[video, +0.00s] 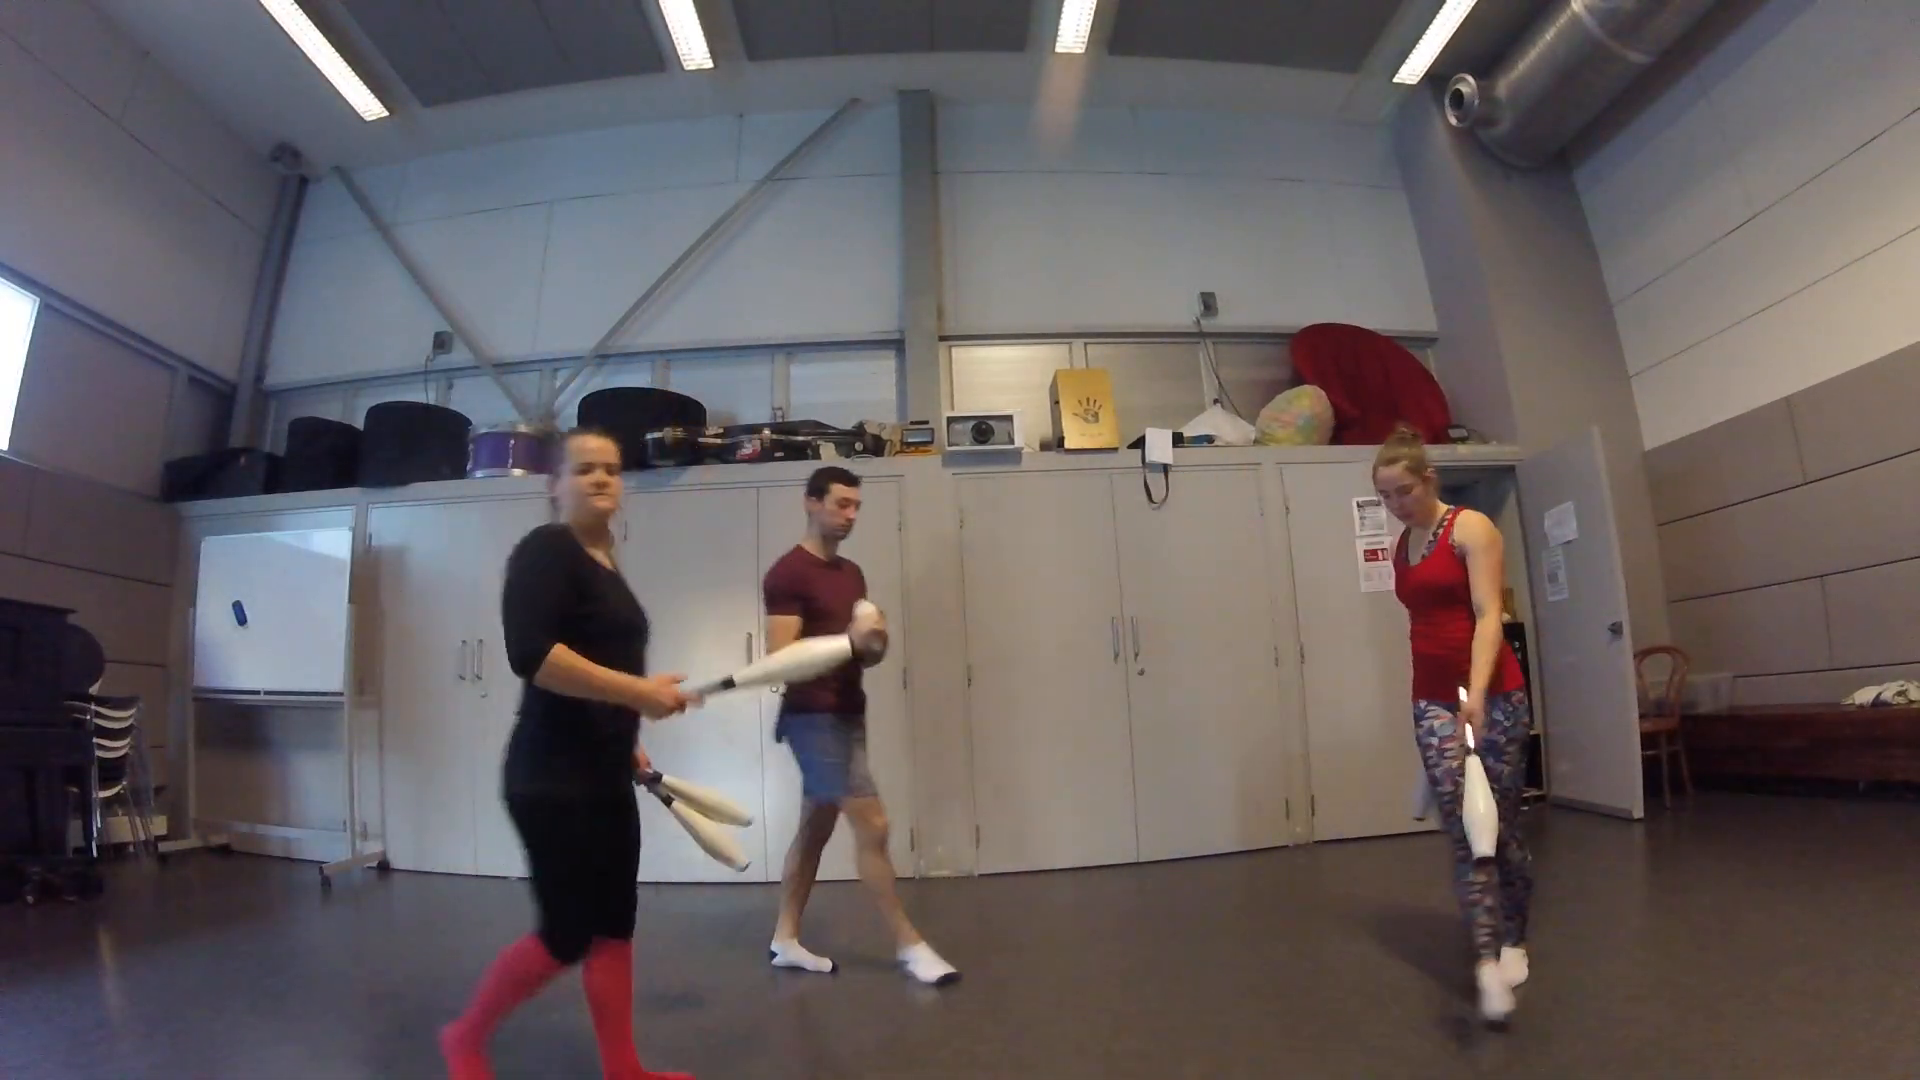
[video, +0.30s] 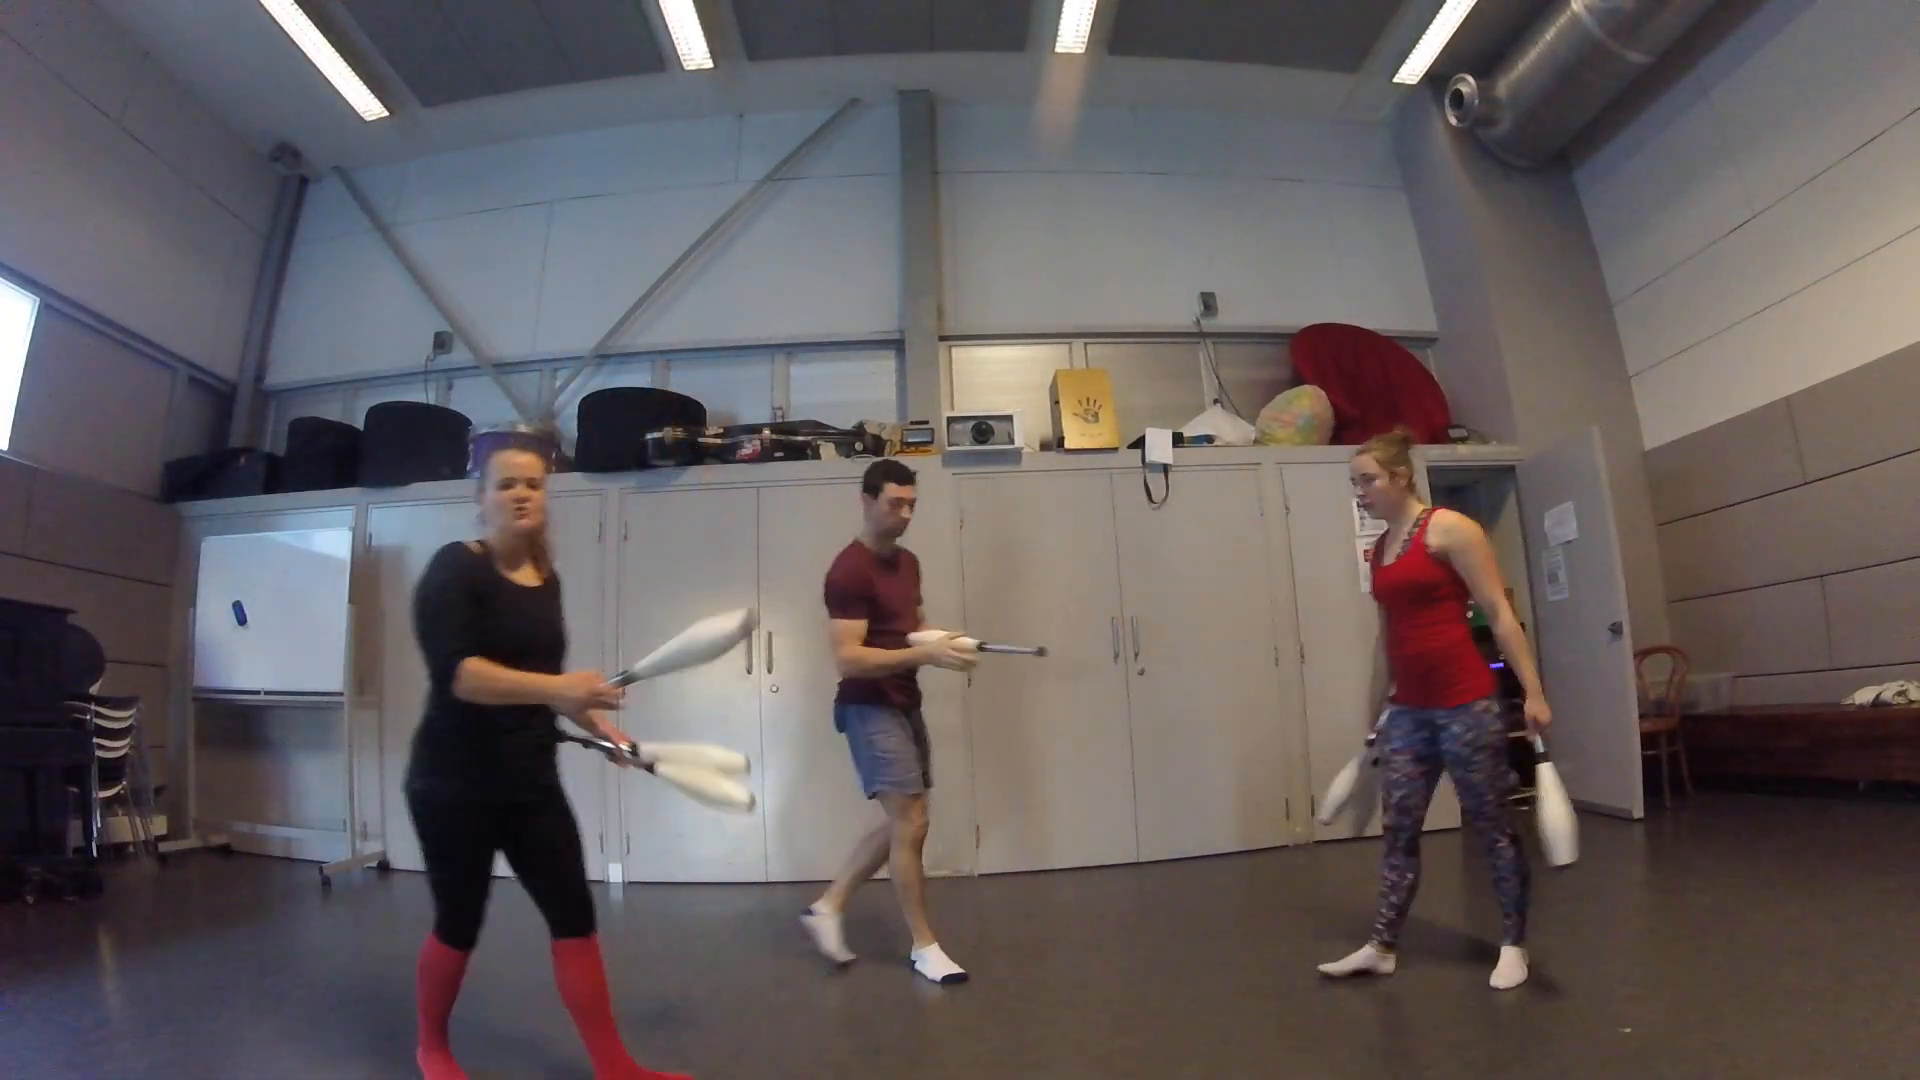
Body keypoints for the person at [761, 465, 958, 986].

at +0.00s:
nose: (850, 514)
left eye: (855, 506)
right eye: (842, 504)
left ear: (855, 511)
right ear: (812, 504)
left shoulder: (850, 573)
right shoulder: (788, 574)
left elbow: (870, 651)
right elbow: (778, 661)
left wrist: (873, 638)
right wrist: (846, 644)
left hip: (847, 715)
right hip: (811, 718)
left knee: (814, 830)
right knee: (872, 825)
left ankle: (785, 939)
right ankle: (909, 944)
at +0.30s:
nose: (906, 513)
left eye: (911, 504)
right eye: (897, 504)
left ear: (911, 506)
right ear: (868, 501)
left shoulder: (906, 562)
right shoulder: (849, 569)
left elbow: (908, 629)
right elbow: (848, 657)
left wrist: (945, 643)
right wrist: (924, 652)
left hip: (903, 701)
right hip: (869, 706)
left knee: (905, 820)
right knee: (910, 823)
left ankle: (827, 907)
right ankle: (923, 945)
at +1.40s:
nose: (945, 508)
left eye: (953, 501)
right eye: (936, 502)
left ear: (968, 510)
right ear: (926, 511)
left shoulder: (989, 567)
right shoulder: (908, 570)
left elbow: (1021, 628)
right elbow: (873, 630)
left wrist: (1024, 691)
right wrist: (870, 680)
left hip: (982, 714)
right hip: (925, 714)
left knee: (980, 815)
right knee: (916, 818)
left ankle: (989, 911)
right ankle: (909, 922)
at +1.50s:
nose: (936, 508)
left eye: (944, 501)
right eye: (927, 502)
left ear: (959, 510)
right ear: (916, 512)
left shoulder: (982, 567)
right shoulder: (897, 571)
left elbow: (1015, 620)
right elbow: (867, 632)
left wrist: (1022, 681)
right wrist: (856, 686)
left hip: (973, 710)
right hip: (915, 710)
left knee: (977, 815)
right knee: (912, 819)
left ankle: (988, 911)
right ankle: (908, 921)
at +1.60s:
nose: (925, 509)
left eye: (933, 501)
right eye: (917, 502)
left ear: (948, 510)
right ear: (906, 512)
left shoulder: (971, 567)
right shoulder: (887, 572)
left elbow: (1005, 620)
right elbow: (863, 639)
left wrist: (1007, 681)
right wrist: (845, 699)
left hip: (964, 710)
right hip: (906, 712)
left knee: (975, 814)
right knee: (908, 818)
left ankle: (988, 911)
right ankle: (908, 921)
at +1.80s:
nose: (907, 509)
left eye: (914, 501)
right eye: (898, 503)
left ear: (928, 510)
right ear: (885, 513)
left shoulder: (952, 568)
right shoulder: (868, 575)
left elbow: (975, 634)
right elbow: (852, 645)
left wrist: (985, 696)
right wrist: (834, 714)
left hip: (952, 708)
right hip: (895, 710)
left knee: (971, 812)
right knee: (902, 816)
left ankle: (982, 910)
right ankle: (907, 921)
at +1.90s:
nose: (898, 509)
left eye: (906, 502)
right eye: (890, 503)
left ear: (920, 511)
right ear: (878, 513)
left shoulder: (946, 567)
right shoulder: (863, 576)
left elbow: (971, 631)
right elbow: (847, 646)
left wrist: (984, 694)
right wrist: (834, 713)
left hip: (949, 707)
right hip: (892, 710)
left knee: (963, 813)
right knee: (899, 816)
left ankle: (964, 911)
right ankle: (907, 922)